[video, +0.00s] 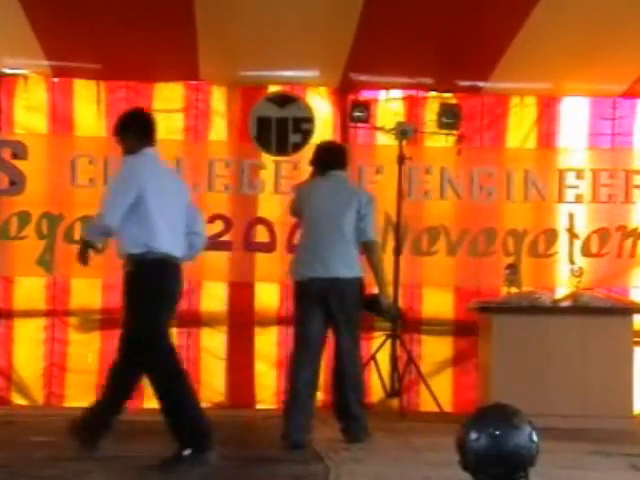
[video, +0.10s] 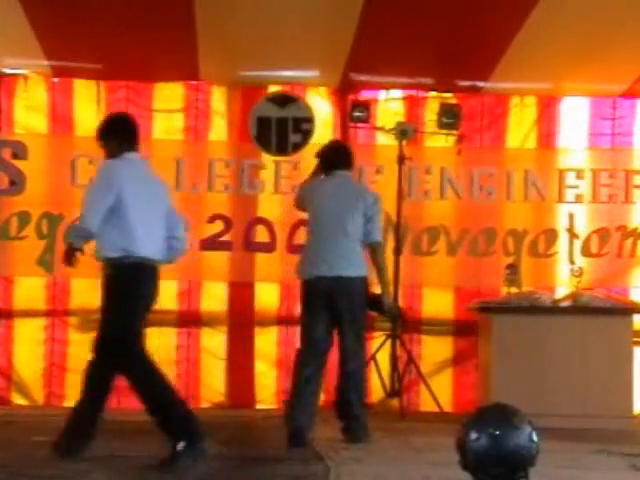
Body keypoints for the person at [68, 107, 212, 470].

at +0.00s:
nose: (120, 145)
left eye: (120, 139)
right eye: (120, 139)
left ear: (125, 138)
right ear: (152, 136)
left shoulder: (133, 169)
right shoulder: (173, 178)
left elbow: (107, 221)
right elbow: (197, 235)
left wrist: (90, 237)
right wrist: (171, 254)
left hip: (144, 272)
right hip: (169, 272)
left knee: (156, 356)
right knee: (132, 357)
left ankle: (195, 439)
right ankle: (92, 428)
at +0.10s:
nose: (101, 148)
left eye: (102, 142)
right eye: (101, 142)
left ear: (109, 142)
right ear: (134, 140)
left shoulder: (112, 171)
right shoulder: (152, 178)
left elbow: (89, 224)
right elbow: (178, 238)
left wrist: (72, 240)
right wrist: (147, 255)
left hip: (123, 274)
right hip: (146, 274)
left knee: (128, 356)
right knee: (107, 358)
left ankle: (186, 435)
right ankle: (73, 441)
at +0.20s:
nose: (75, 147)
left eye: (76, 141)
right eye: (76, 141)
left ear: (82, 140)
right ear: (108, 139)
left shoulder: (84, 167)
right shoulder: (125, 176)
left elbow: (66, 216)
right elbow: (148, 230)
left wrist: (55, 246)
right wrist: (128, 255)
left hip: (94, 272)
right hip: (122, 273)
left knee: (77, 356)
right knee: (83, 356)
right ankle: (71, 439)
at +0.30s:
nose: (58, 142)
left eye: (59, 137)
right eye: (60, 136)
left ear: (63, 136)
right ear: (92, 133)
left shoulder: (68, 163)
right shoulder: (110, 171)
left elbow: (51, 216)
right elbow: (133, 225)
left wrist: (42, 245)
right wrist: (108, 249)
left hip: (77, 264)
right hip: (108, 267)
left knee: (43, 342)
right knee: (81, 348)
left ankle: (97, 406)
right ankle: (70, 437)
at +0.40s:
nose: (33, 140)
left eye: (33, 134)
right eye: (34, 134)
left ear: (39, 132)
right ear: (66, 130)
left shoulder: (46, 158)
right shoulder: (87, 164)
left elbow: (30, 211)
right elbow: (102, 215)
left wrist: (21, 237)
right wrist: (94, 242)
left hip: (53, 258)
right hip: (84, 261)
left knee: (13, 335)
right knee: (73, 348)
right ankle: (72, 435)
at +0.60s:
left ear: (1, 142)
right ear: (22, 140)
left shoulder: (7, 173)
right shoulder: (43, 178)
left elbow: (4, 214)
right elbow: (56, 224)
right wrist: (45, 258)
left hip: (9, 267)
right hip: (40, 269)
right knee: (43, 352)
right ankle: (66, 433)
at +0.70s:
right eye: (8, 139)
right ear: (7, 142)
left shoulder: (13, 178)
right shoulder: (21, 179)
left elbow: (28, 230)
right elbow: (33, 231)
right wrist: (22, 257)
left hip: (5, 270)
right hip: (15, 271)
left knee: (14, 350)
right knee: (15, 350)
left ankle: (55, 419)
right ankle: (55, 419)